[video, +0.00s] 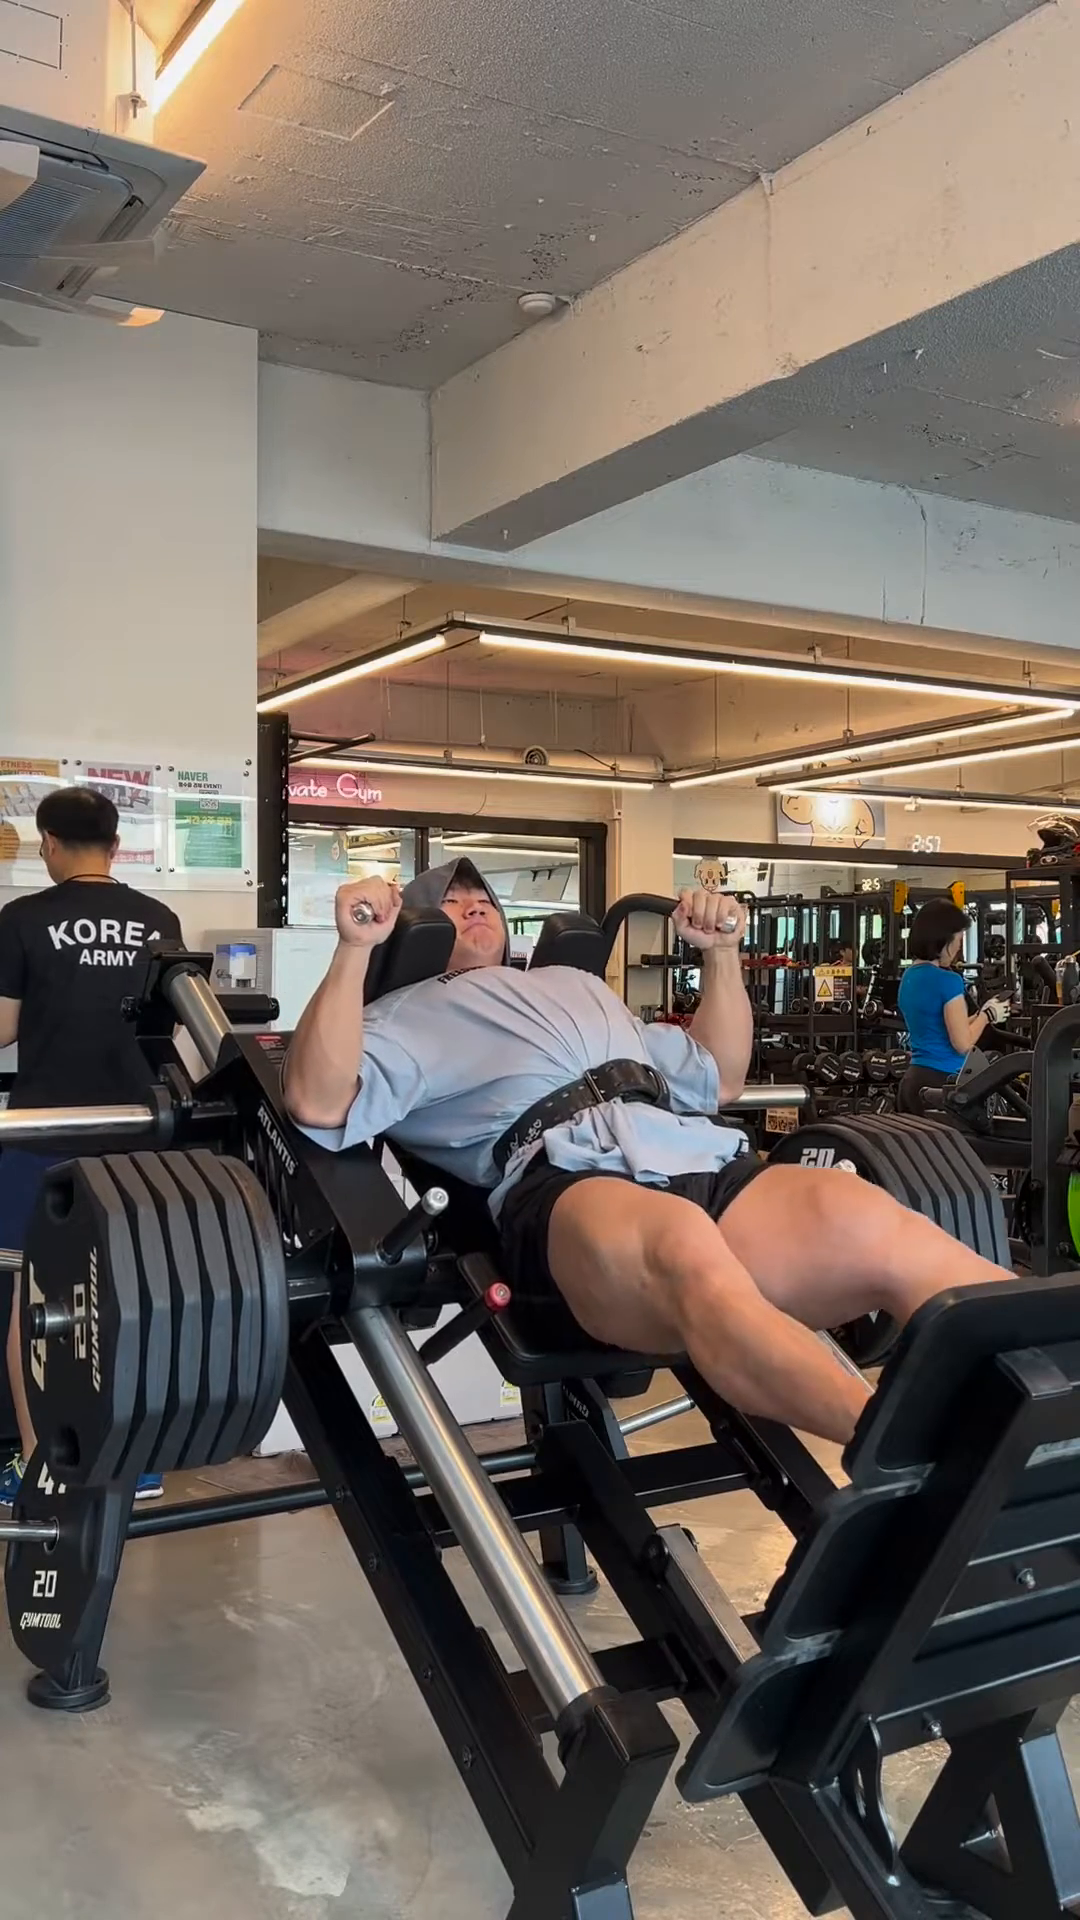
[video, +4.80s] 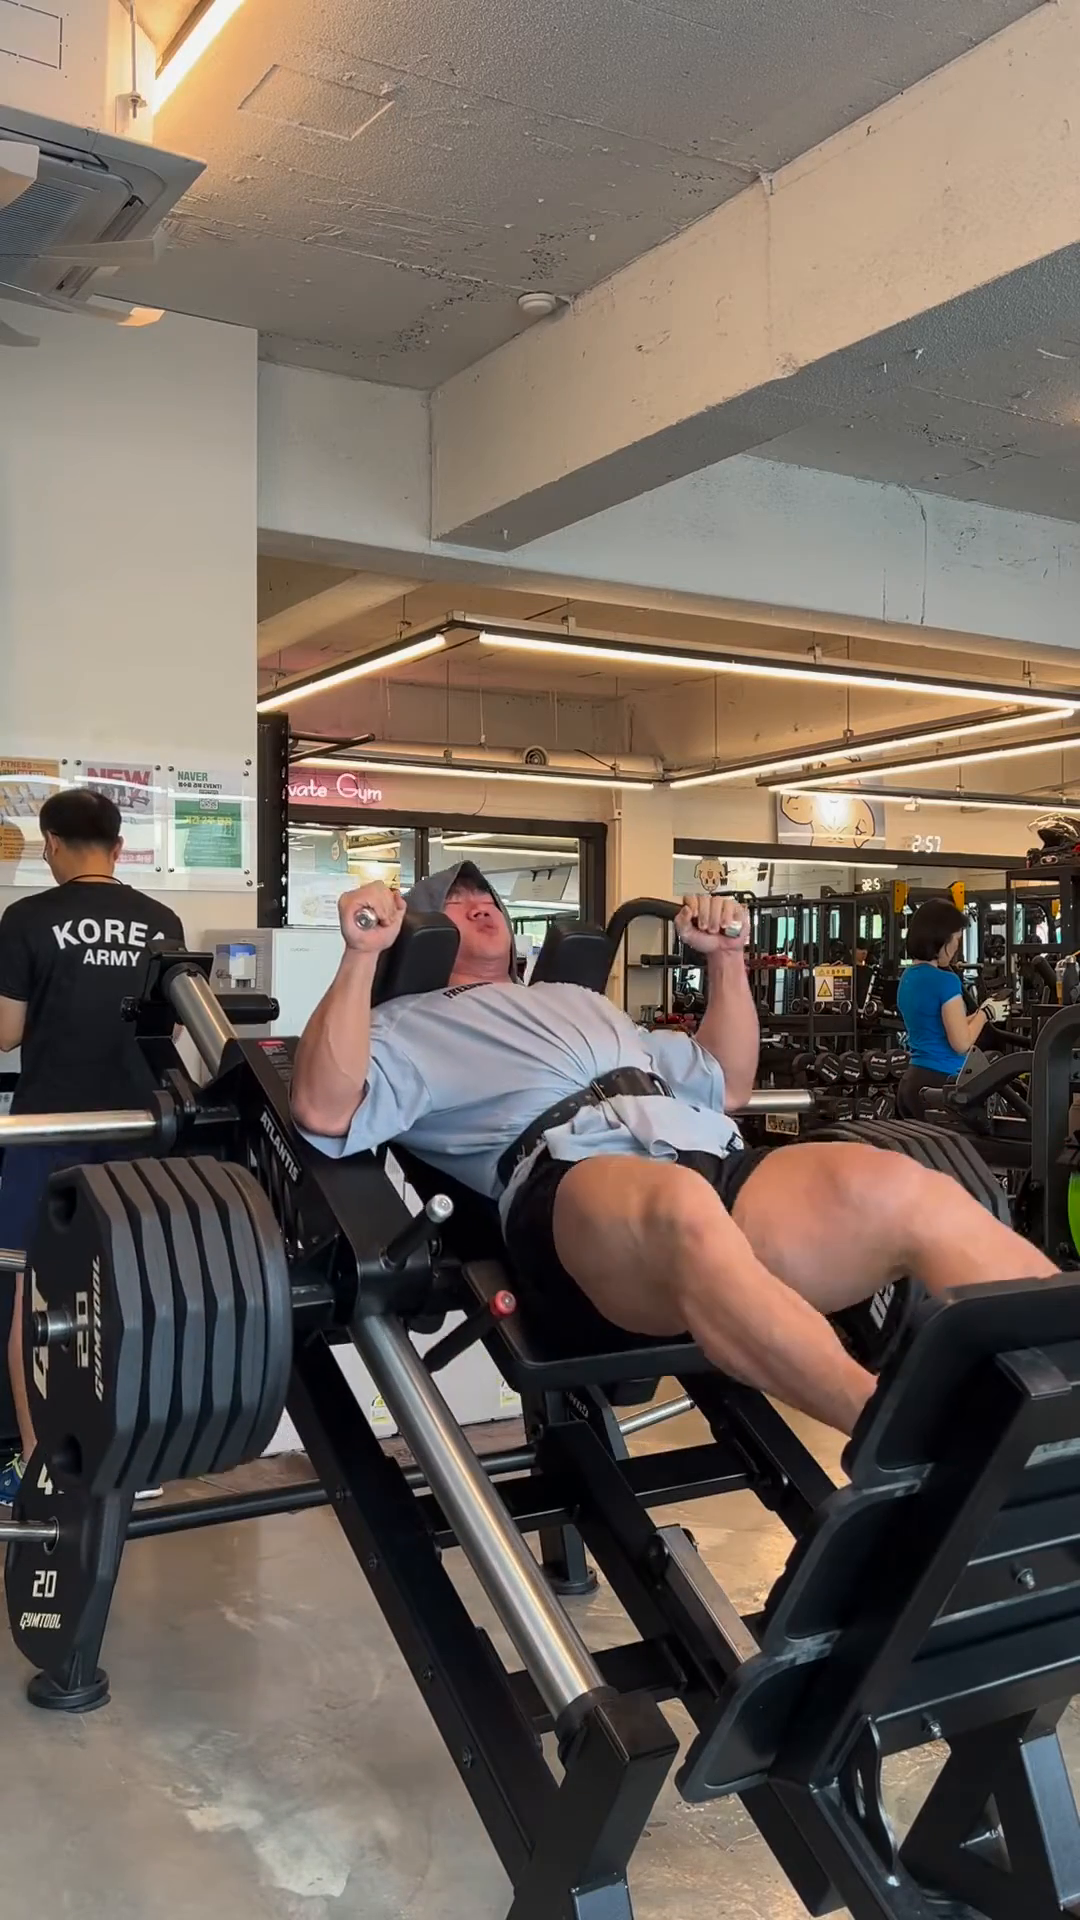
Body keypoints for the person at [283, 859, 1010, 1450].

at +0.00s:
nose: (469, 901)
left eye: (479, 893)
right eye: (448, 897)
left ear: (506, 920)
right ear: (422, 934)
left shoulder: (577, 986)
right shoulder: (408, 1014)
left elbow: (714, 1076)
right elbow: (316, 1103)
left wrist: (721, 955)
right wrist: (351, 953)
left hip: (697, 1161)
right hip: (562, 1182)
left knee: (869, 1217)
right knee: (691, 1262)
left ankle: (1063, 1351)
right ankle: (900, 1440)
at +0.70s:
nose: (514, 961)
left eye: (523, 949)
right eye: (491, 956)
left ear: (548, 969)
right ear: (459, 992)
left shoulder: (619, 1038)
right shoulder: (445, 1071)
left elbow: (767, 1126)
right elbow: (354, 1166)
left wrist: (768, 1001)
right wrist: (392, 1007)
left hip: (765, 1244)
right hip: (613, 1298)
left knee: (969, 1167)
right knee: (674, 1173)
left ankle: (1073, 1390)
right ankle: (898, 1427)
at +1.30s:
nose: (557, 1009)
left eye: (567, 995)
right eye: (533, 999)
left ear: (589, 1020)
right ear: (492, 1035)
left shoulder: (672, 1102)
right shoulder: (488, 1137)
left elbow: (827, 1190)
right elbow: (398, 1241)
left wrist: (826, 1057)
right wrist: (444, 1068)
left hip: (840, 1333)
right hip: (687, 1399)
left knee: (998, 1149)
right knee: (666, 1164)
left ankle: (1066, 1393)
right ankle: (886, 1412)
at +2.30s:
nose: (622, 1077)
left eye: (629, 1062)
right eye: (591, 1070)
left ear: (655, 1091)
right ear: (551, 1110)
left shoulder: (741, 1183)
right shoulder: (548, 1233)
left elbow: (896, 1266)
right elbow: (468, 1356)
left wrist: (915, 1145)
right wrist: (512, 1167)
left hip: (920, 1367)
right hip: (781, 1468)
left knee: (1005, 1144)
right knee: (662, 1181)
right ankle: (895, 1421)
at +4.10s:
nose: (566, 1009)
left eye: (572, 994)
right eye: (541, 996)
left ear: (595, 1025)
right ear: (494, 1035)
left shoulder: (656, 1113)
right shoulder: (491, 1152)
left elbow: (837, 1197)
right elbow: (405, 1252)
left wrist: (835, 1070)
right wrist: (452, 1076)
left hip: (849, 1351)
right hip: (702, 1411)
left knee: (989, 1132)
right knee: (689, 1137)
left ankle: (1072, 1371)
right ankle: (885, 1403)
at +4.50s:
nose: (516, 958)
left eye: (526, 948)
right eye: (493, 951)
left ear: (552, 974)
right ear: (460, 992)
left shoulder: (624, 1057)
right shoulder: (442, 1078)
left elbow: (774, 1135)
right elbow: (358, 1170)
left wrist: (774, 1009)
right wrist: (399, 1011)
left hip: (776, 1253)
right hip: (623, 1308)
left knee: (976, 1149)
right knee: (667, 1166)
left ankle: (1072, 1382)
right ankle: (896, 1424)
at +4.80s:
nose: (486, 909)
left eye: (493, 902)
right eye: (465, 902)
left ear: (511, 934)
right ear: (429, 938)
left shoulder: (586, 1009)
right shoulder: (406, 1028)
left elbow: (726, 1081)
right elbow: (322, 1111)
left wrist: (726, 961)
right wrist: (360, 961)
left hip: (711, 1165)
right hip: (574, 1182)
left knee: (903, 1191)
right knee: (688, 1221)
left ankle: (1076, 1344)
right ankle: (906, 1438)